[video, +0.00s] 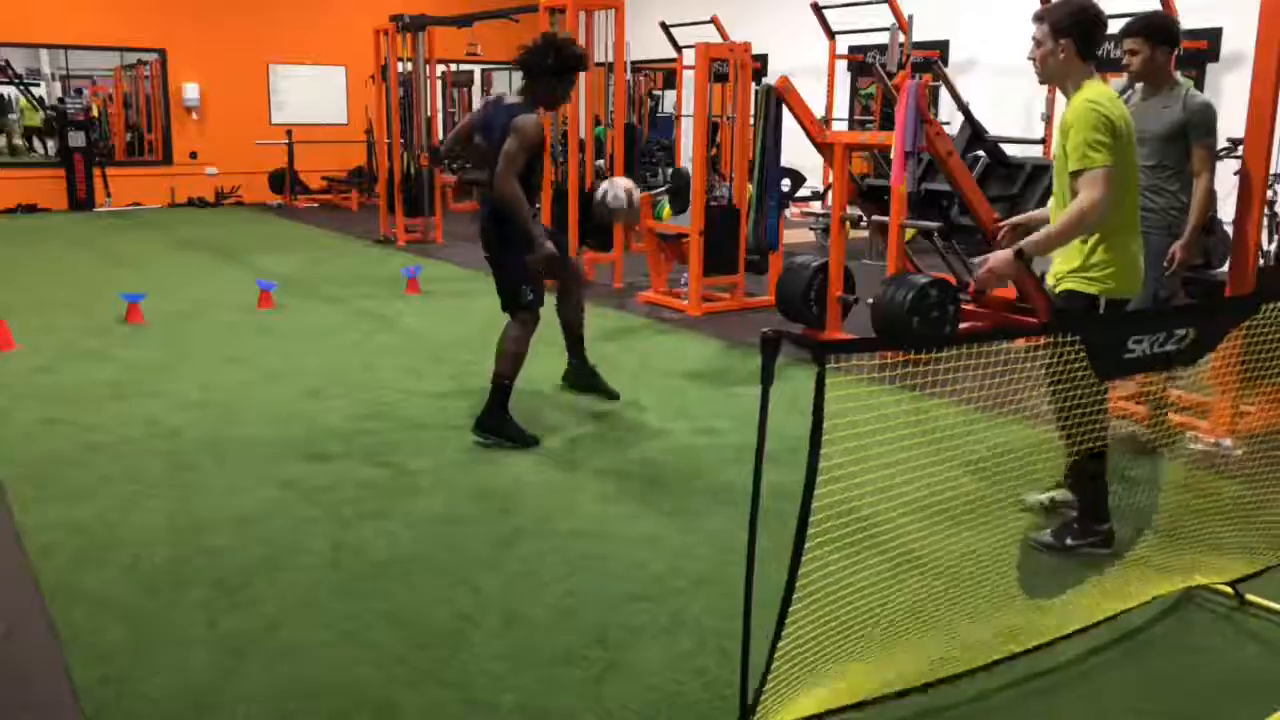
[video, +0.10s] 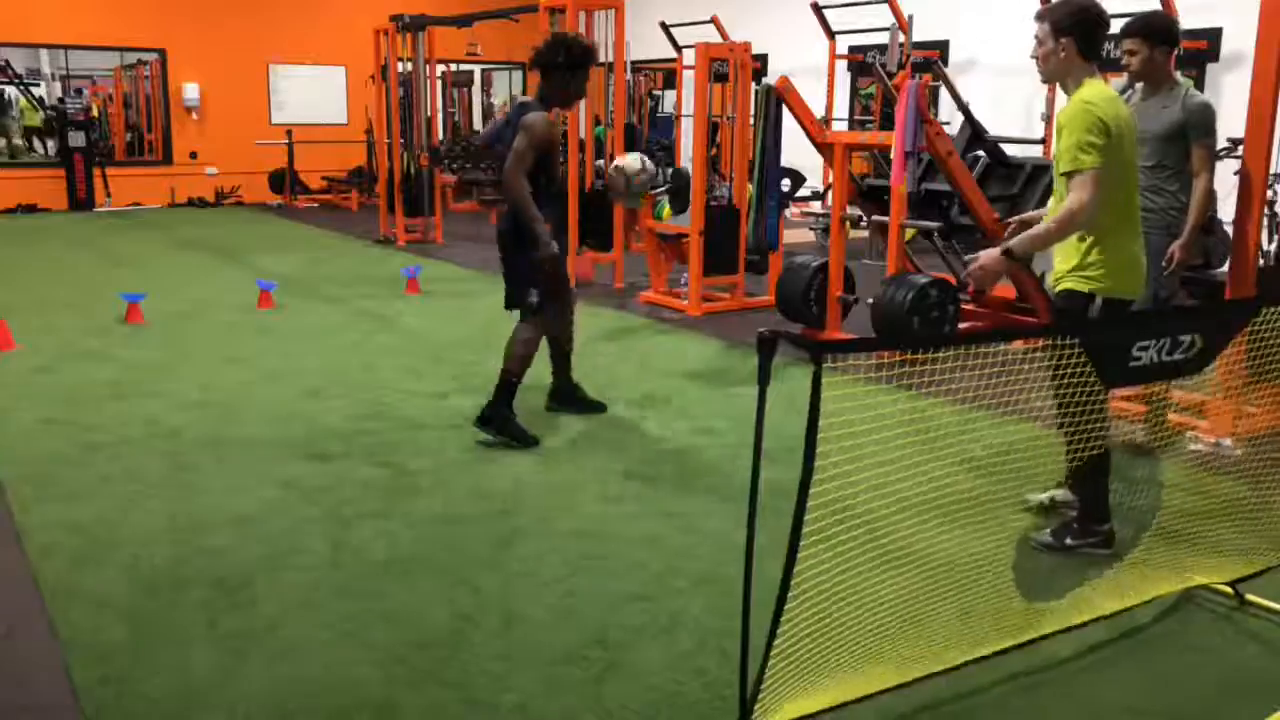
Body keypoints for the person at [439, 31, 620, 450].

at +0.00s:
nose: (568, 95)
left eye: (569, 86)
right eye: (567, 86)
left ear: (533, 77)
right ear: (549, 83)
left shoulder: (497, 105)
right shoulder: (528, 123)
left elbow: (451, 147)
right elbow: (504, 183)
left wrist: (498, 170)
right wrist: (537, 237)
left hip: (515, 224)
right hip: (509, 229)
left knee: (571, 276)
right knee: (525, 315)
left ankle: (579, 366)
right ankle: (494, 414)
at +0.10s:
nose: (584, 90)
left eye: (585, 80)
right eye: (581, 80)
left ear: (551, 77)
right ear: (562, 79)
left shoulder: (531, 115)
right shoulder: (538, 122)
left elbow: (487, 145)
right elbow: (513, 179)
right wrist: (540, 231)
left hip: (540, 228)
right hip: (526, 230)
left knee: (561, 305)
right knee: (534, 317)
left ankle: (563, 385)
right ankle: (498, 408)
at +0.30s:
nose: (593, 86)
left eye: (594, 77)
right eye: (589, 77)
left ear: (567, 76)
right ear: (566, 75)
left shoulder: (558, 115)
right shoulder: (544, 113)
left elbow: (556, 155)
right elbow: (509, 154)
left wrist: (587, 159)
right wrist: (527, 213)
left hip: (542, 221)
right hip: (540, 222)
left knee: (563, 298)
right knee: (603, 273)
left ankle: (565, 387)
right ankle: (558, 349)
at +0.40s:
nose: (593, 90)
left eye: (594, 82)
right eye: (588, 82)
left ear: (584, 83)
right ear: (566, 80)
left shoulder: (570, 120)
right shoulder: (536, 114)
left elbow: (586, 149)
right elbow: (505, 152)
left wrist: (605, 160)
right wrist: (537, 195)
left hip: (547, 217)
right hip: (530, 220)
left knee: (565, 298)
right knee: (609, 247)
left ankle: (563, 386)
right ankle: (605, 329)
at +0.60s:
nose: (587, 89)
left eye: (588, 81)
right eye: (582, 80)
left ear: (568, 82)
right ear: (559, 80)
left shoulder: (560, 121)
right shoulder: (540, 119)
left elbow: (569, 157)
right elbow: (530, 165)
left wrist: (598, 174)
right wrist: (575, 199)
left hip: (538, 214)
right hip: (520, 216)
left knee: (577, 285)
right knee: (587, 248)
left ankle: (578, 372)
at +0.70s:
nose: (570, 95)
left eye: (571, 88)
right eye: (562, 88)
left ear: (570, 92)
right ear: (540, 95)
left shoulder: (555, 138)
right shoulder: (534, 137)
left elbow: (550, 193)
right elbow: (533, 194)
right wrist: (575, 227)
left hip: (551, 235)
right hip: (526, 237)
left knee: (596, 298)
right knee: (563, 301)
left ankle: (626, 369)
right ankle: (515, 365)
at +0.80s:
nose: (529, 124)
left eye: (535, 116)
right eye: (522, 117)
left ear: (545, 123)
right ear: (509, 127)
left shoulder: (552, 169)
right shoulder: (505, 172)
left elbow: (556, 218)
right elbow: (497, 224)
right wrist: (540, 257)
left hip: (558, 260)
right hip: (522, 265)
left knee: (609, 314)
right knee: (532, 342)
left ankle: (636, 376)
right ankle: (472, 352)